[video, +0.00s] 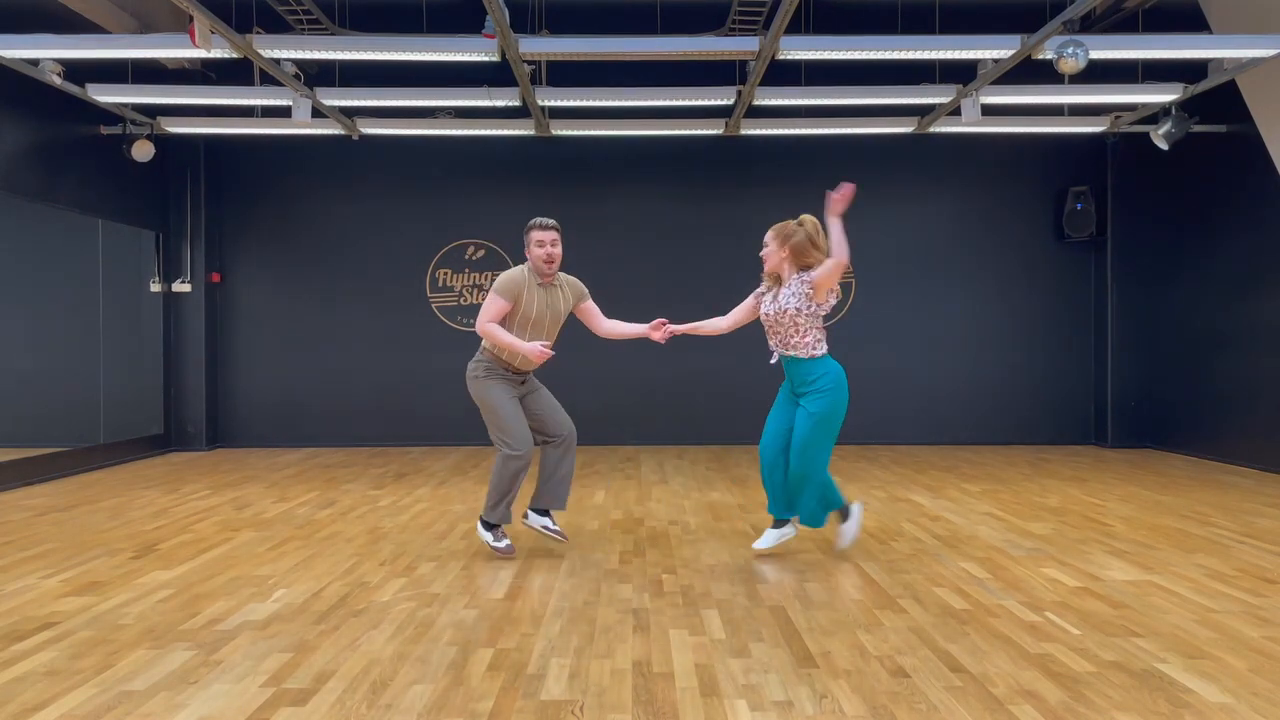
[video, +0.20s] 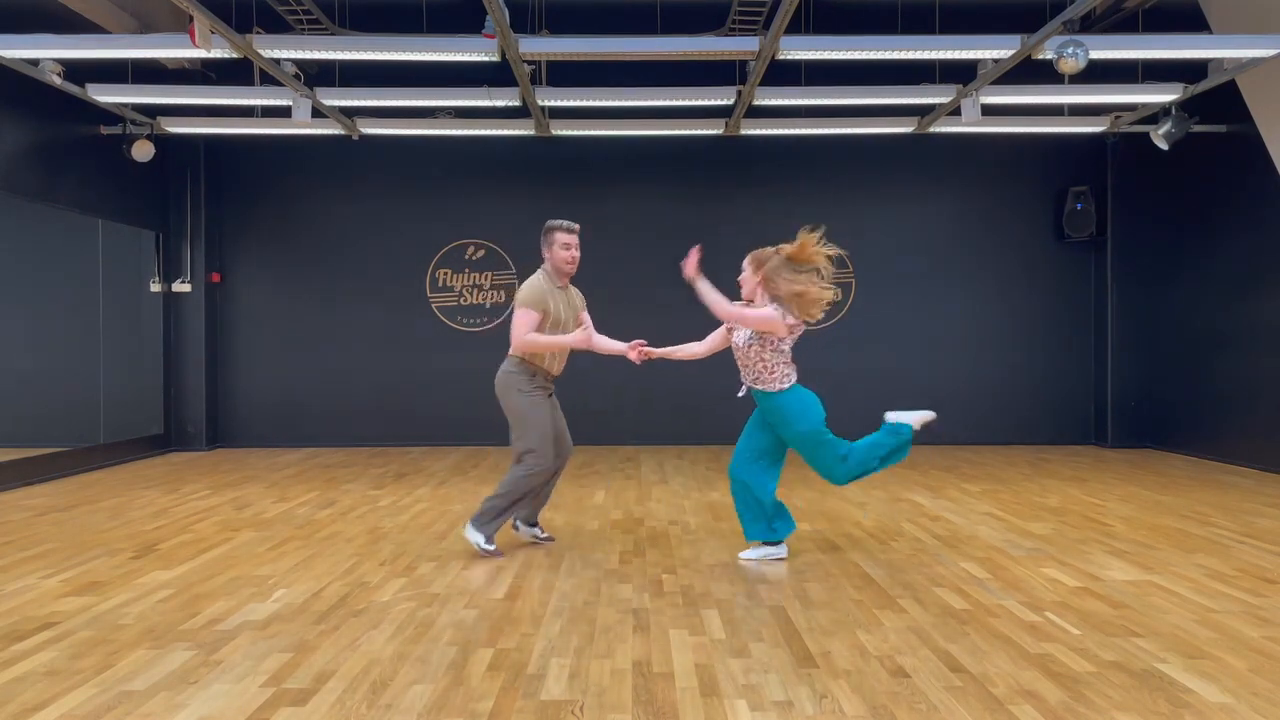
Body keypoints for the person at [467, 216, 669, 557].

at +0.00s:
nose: (549, 252)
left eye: (554, 244)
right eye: (540, 245)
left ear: (562, 248)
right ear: (527, 251)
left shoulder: (571, 288)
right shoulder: (512, 281)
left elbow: (602, 326)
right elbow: (484, 325)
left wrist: (646, 329)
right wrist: (523, 347)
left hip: (524, 378)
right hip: (489, 373)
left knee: (563, 433)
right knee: (518, 446)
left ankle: (540, 511)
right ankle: (490, 523)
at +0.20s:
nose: (573, 255)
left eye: (577, 248)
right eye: (565, 248)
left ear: (580, 253)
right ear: (546, 252)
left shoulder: (574, 297)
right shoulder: (534, 289)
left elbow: (590, 339)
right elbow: (519, 342)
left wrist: (626, 348)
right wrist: (570, 340)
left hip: (542, 384)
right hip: (519, 379)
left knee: (561, 451)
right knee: (540, 457)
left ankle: (525, 519)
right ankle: (480, 525)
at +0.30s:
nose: (593, 251)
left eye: (595, 246)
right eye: (586, 244)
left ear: (594, 250)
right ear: (564, 247)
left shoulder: (579, 290)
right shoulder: (558, 279)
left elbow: (587, 338)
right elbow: (564, 332)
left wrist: (622, 349)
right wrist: (605, 321)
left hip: (545, 374)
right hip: (539, 374)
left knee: (563, 440)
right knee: (593, 438)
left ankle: (540, 507)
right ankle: (541, 500)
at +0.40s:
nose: (611, 259)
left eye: (611, 253)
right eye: (604, 252)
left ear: (587, 257)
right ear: (583, 255)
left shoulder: (576, 286)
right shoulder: (581, 285)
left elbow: (586, 349)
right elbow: (615, 329)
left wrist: (623, 353)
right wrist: (641, 319)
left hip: (551, 382)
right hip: (567, 385)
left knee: (565, 457)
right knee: (630, 436)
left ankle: (542, 526)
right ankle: (622, 510)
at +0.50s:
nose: (623, 256)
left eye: (622, 251)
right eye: (622, 251)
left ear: (590, 254)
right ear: (618, 252)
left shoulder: (579, 290)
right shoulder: (621, 284)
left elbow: (592, 337)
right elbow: (662, 322)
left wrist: (633, 342)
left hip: (576, 379)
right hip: (611, 382)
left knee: (575, 454)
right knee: (649, 450)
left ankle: (548, 519)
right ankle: (641, 520)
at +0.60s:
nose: (600, 259)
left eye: (601, 253)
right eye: (602, 253)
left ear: (607, 255)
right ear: (635, 252)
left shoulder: (592, 290)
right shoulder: (653, 282)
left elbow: (594, 336)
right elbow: (660, 327)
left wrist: (620, 349)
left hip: (608, 372)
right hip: (648, 370)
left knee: (596, 429)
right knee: (663, 432)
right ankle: (675, 496)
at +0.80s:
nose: (658, 259)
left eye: (653, 253)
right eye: (655, 254)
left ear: (619, 261)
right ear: (651, 260)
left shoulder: (609, 302)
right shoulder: (664, 305)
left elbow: (583, 340)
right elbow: (686, 351)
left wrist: (549, 369)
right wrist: (701, 343)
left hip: (591, 385)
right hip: (614, 391)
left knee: (602, 464)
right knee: (625, 471)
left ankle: (605, 541)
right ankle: (587, 547)